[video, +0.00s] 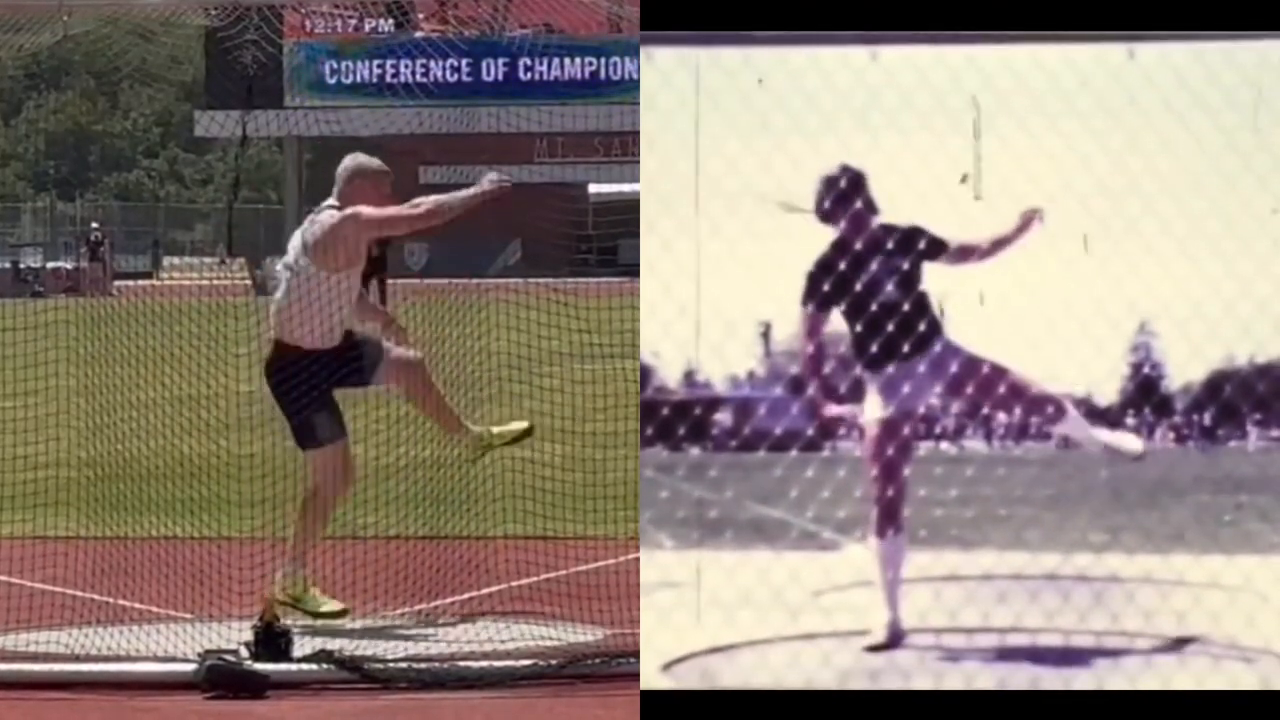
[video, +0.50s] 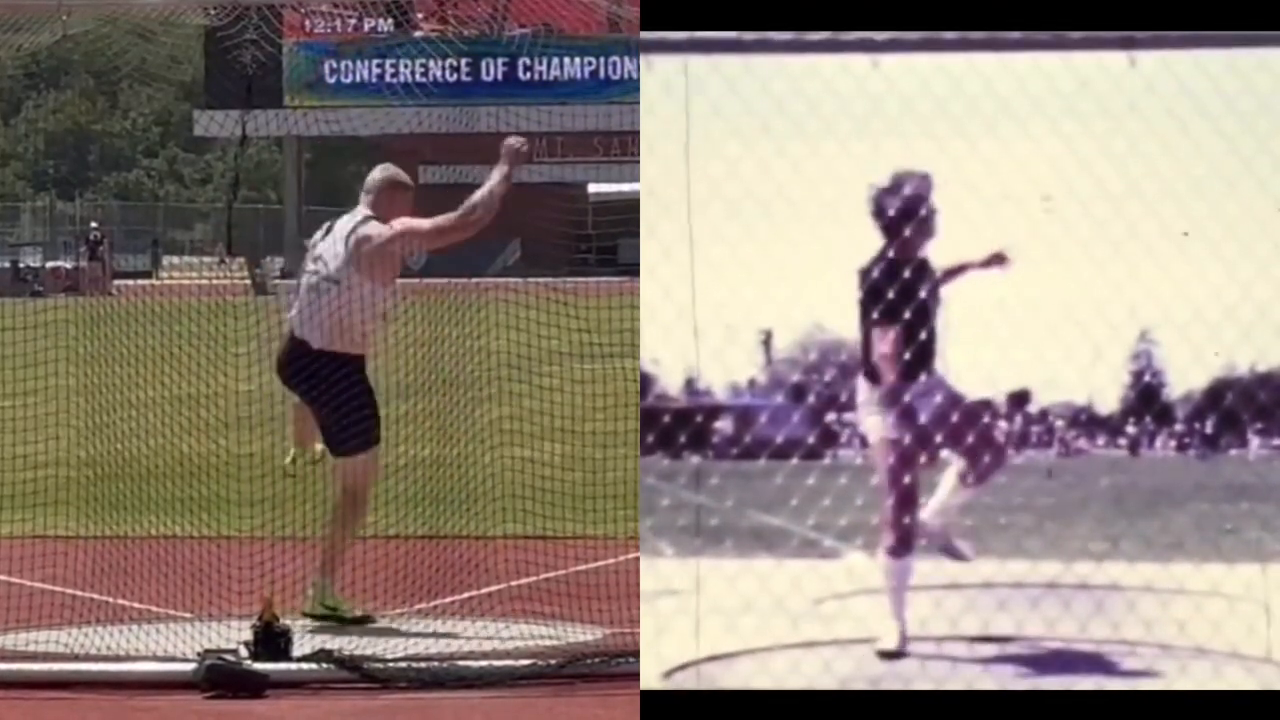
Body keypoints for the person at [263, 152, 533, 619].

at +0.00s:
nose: (387, 197)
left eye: (387, 189)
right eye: (381, 189)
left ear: (356, 191)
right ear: (358, 189)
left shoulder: (346, 228)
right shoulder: (336, 223)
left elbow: (343, 296)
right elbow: (421, 216)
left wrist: (384, 320)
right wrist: (479, 192)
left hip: (333, 349)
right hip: (295, 364)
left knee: (410, 367)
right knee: (335, 476)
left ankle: (469, 437)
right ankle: (291, 583)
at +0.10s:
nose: (387, 198)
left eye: (387, 189)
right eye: (381, 189)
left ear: (355, 191)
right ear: (358, 189)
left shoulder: (346, 228)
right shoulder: (336, 223)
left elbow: (343, 296)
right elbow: (421, 216)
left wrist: (385, 320)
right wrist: (479, 192)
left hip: (333, 349)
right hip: (295, 364)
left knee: (410, 367)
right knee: (335, 476)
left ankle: (469, 437)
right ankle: (292, 583)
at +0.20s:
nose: (394, 206)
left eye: (396, 197)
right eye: (390, 197)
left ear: (359, 190)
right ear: (368, 192)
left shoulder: (340, 221)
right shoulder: (352, 225)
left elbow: (338, 293)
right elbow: (434, 206)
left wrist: (368, 331)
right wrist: (487, 177)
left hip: (332, 351)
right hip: (304, 362)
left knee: (385, 375)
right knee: (345, 475)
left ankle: (414, 439)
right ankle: (313, 585)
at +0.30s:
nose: (402, 206)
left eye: (402, 199)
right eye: (399, 198)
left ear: (362, 193)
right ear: (381, 196)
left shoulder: (333, 224)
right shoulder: (369, 228)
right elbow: (449, 212)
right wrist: (498, 166)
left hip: (298, 352)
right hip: (319, 359)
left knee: (357, 359)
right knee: (351, 475)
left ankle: (357, 444)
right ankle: (323, 591)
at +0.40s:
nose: (408, 210)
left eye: (408, 202)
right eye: (405, 201)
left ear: (369, 195)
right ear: (389, 199)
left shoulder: (333, 229)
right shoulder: (383, 236)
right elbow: (468, 221)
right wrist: (505, 165)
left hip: (298, 356)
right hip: (337, 368)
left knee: (309, 391)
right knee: (356, 488)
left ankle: (302, 452)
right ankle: (322, 593)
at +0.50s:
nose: (408, 210)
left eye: (408, 202)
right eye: (405, 201)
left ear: (369, 195)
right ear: (389, 199)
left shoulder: (333, 228)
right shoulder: (383, 236)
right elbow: (468, 221)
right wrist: (505, 165)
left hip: (298, 356)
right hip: (337, 368)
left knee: (309, 392)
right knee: (356, 488)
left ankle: (302, 452)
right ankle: (322, 593)